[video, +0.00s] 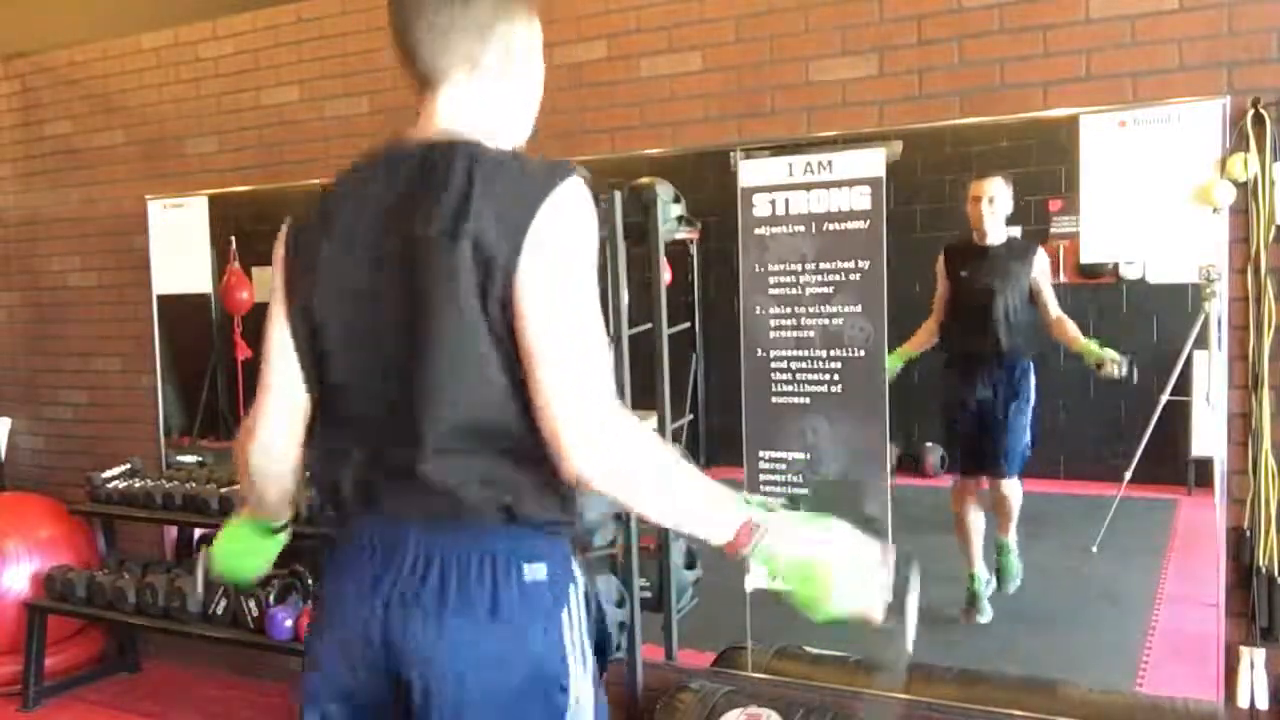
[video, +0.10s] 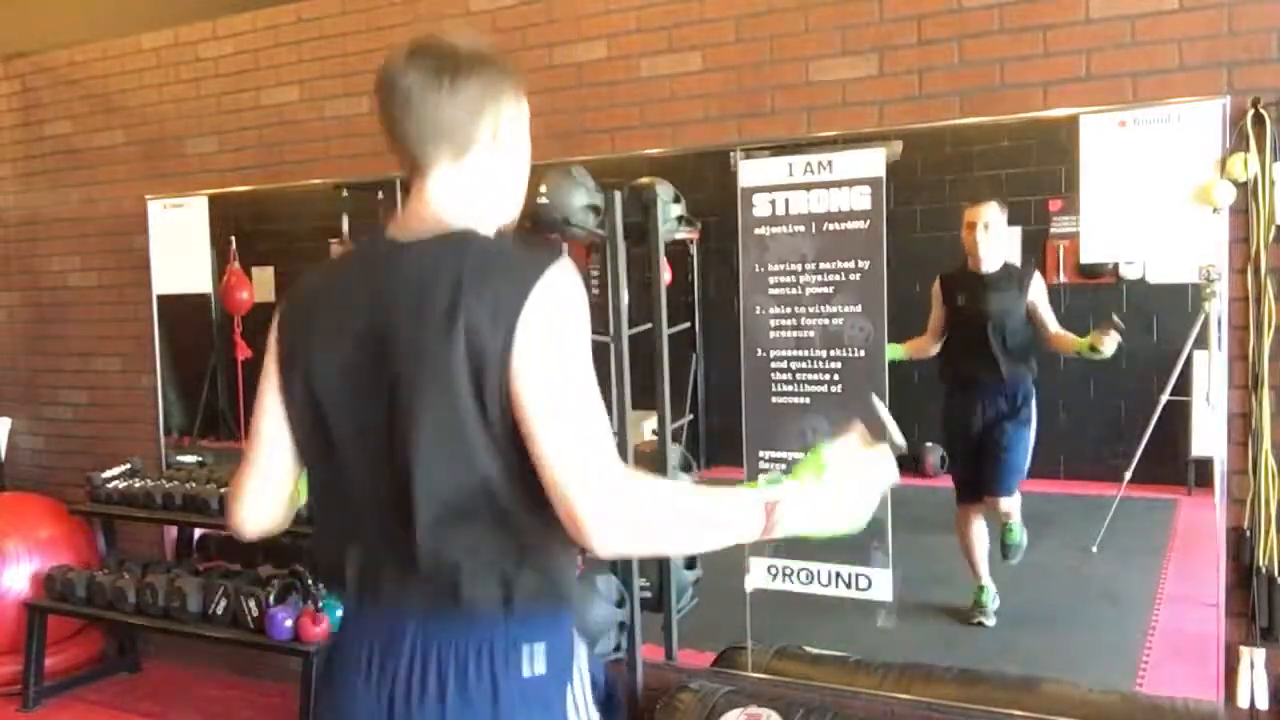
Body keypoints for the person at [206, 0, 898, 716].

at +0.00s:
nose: (540, 80)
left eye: (538, 57)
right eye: (537, 56)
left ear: (416, 62)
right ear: (517, 57)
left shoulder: (311, 229)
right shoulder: (540, 198)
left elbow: (268, 454)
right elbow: (589, 441)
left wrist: (267, 512)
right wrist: (760, 533)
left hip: (356, 573)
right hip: (504, 582)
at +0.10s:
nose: (529, 161)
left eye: (524, 137)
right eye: (525, 136)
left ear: (404, 146)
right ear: (500, 136)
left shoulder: (308, 304)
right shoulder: (529, 283)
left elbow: (252, 511)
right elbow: (605, 517)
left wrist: (354, 431)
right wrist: (788, 506)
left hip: (368, 650)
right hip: (515, 656)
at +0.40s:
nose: (516, 69)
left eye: (510, 46)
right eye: (510, 45)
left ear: (387, 56)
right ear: (487, 48)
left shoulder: (286, 226)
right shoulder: (512, 187)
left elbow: (248, 481)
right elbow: (577, 432)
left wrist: (251, 524)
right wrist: (761, 521)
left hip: (359, 572)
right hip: (508, 573)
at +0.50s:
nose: (513, 145)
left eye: (506, 121)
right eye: (508, 121)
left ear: (384, 134)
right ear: (487, 122)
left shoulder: (299, 292)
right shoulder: (516, 267)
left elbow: (242, 511)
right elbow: (597, 502)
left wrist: (346, 421)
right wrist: (791, 491)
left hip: (371, 640)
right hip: (518, 642)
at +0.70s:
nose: (536, 69)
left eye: (532, 44)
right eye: (533, 43)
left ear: (404, 52)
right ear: (513, 44)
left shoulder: (305, 220)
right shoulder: (531, 192)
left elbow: (252, 446)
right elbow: (592, 437)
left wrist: (250, 527)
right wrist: (765, 527)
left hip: (365, 588)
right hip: (515, 587)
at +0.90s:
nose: (555, 151)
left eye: (549, 128)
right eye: (550, 127)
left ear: (423, 138)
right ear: (527, 130)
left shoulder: (329, 296)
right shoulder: (551, 285)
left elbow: (264, 510)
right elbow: (612, 523)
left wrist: (370, 427)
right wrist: (802, 533)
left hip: (375, 651)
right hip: (528, 654)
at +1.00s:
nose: (562, 156)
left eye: (557, 130)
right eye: (557, 130)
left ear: (436, 136)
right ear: (530, 129)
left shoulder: (326, 302)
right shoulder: (563, 292)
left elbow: (265, 508)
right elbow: (638, 524)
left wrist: (373, 440)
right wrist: (812, 522)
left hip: (373, 665)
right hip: (520, 667)